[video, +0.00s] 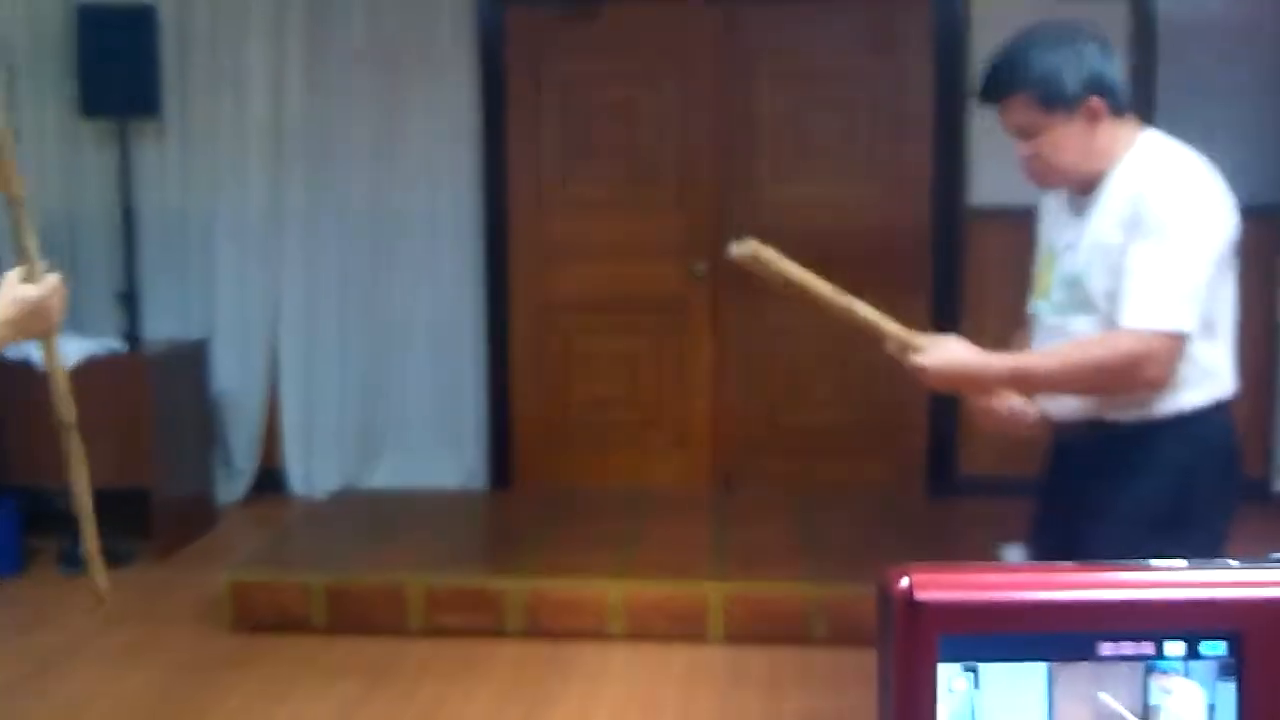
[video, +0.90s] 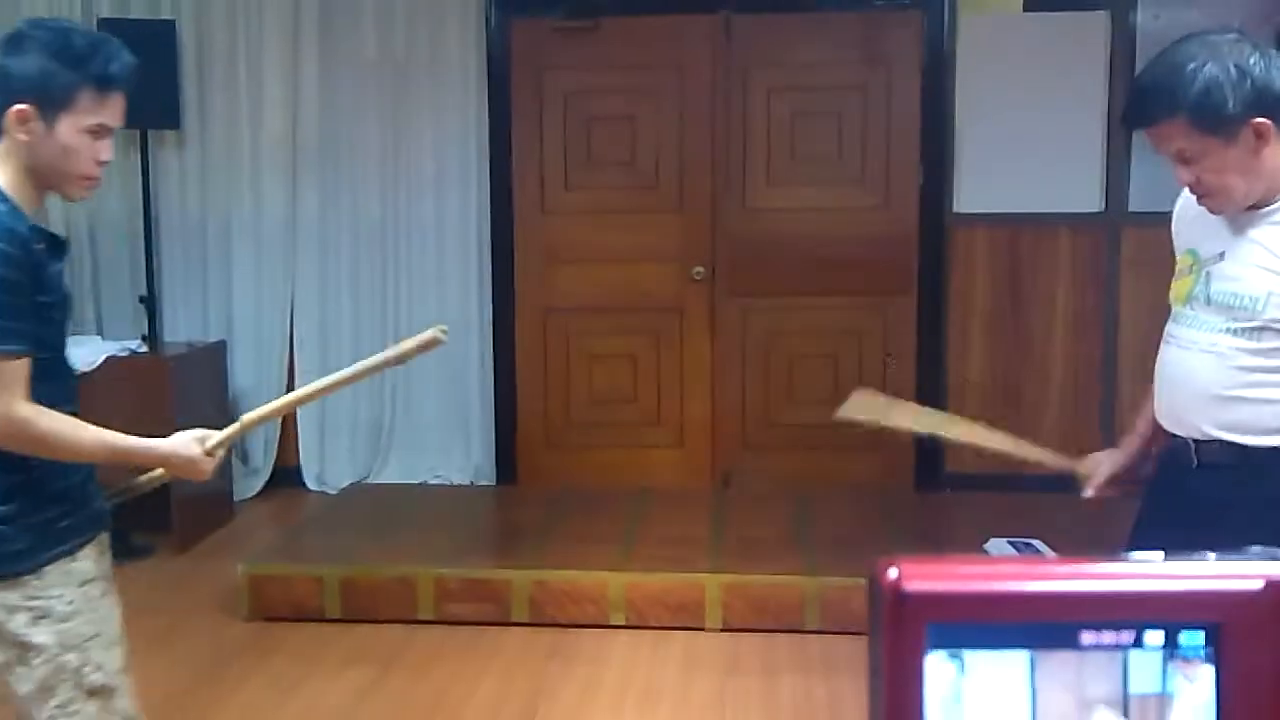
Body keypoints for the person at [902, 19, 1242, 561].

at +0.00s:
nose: (1024, 158)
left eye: (1032, 135)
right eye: (1017, 138)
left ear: (1093, 113)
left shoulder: (1178, 187)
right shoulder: (1062, 192)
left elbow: (1147, 359)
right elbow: (1054, 334)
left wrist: (984, 369)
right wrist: (1015, 395)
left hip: (1168, 458)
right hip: (1081, 451)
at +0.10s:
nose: (1048, 154)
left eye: (1057, 130)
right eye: (1042, 134)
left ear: (1117, 109)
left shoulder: (1201, 182)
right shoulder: (1085, 190)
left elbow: (1161, 362)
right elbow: (1089, 344)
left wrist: (996, 373)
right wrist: (1022, 399)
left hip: (1183, 460)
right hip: (1099, 453)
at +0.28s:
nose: (1081, 157)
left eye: (1088, 132)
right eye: (1074, 136)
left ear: (1148, 109)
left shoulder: (1232, 187)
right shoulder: (1116, 188)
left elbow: (1212, 371)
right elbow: (1108, 335)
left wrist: (1063, 399)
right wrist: (1046, 387)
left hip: (1208, 471)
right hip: (1112, 462)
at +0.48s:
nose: (1127, 155)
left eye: (1136, 135)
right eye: (1120, 137)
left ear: (1202, 115)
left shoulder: (1267, 193)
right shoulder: (1146, 198)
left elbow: (1265, 381)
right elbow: (1136, 340)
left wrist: (1109, 398)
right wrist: (1086, 403)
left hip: (1241, 480)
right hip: (1140, 472)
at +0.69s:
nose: (1164, 168)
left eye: (1175, 150)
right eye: (1157, 150)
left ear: (1247, 128)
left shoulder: (1272, 221)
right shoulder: (1177, 206)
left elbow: (1274, 411)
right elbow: (1154, 328)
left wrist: (1162, 439)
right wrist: (1095, 421)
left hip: (1259, 495)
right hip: (1172, 493)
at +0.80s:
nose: (1179, 172)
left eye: (1189, 154)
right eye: (1172, 155)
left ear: (1260, 133)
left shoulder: (1273, 224)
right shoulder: (1185, 204)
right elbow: (1170, 329)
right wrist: (1106, 441)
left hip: (1260, 479)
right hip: (1179, 468)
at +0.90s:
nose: (1182, 180)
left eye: (1190, 160)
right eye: (1173, 163)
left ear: (1260, 135)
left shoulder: (1272, 224)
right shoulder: (1192, 210)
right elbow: (1191, 344)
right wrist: (1135, 445)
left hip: (1261, 479)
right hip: (1177, 474)